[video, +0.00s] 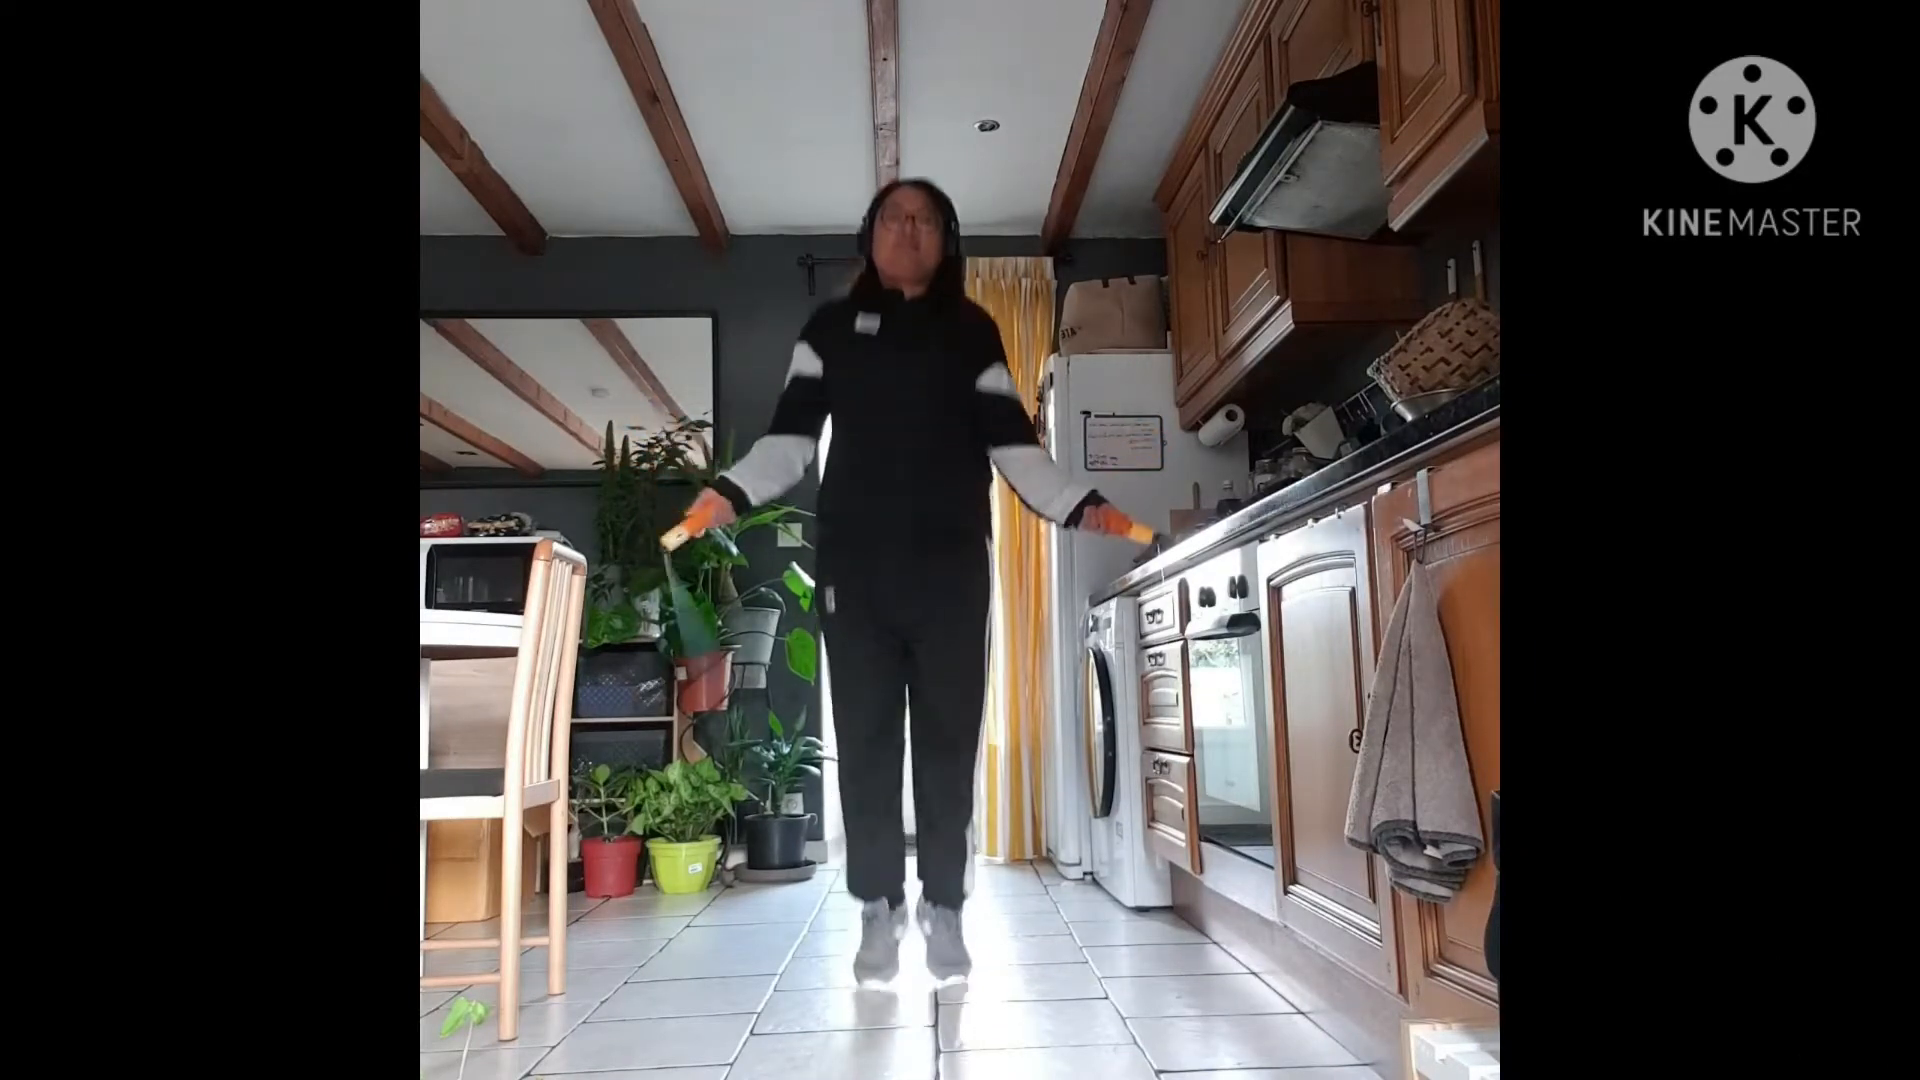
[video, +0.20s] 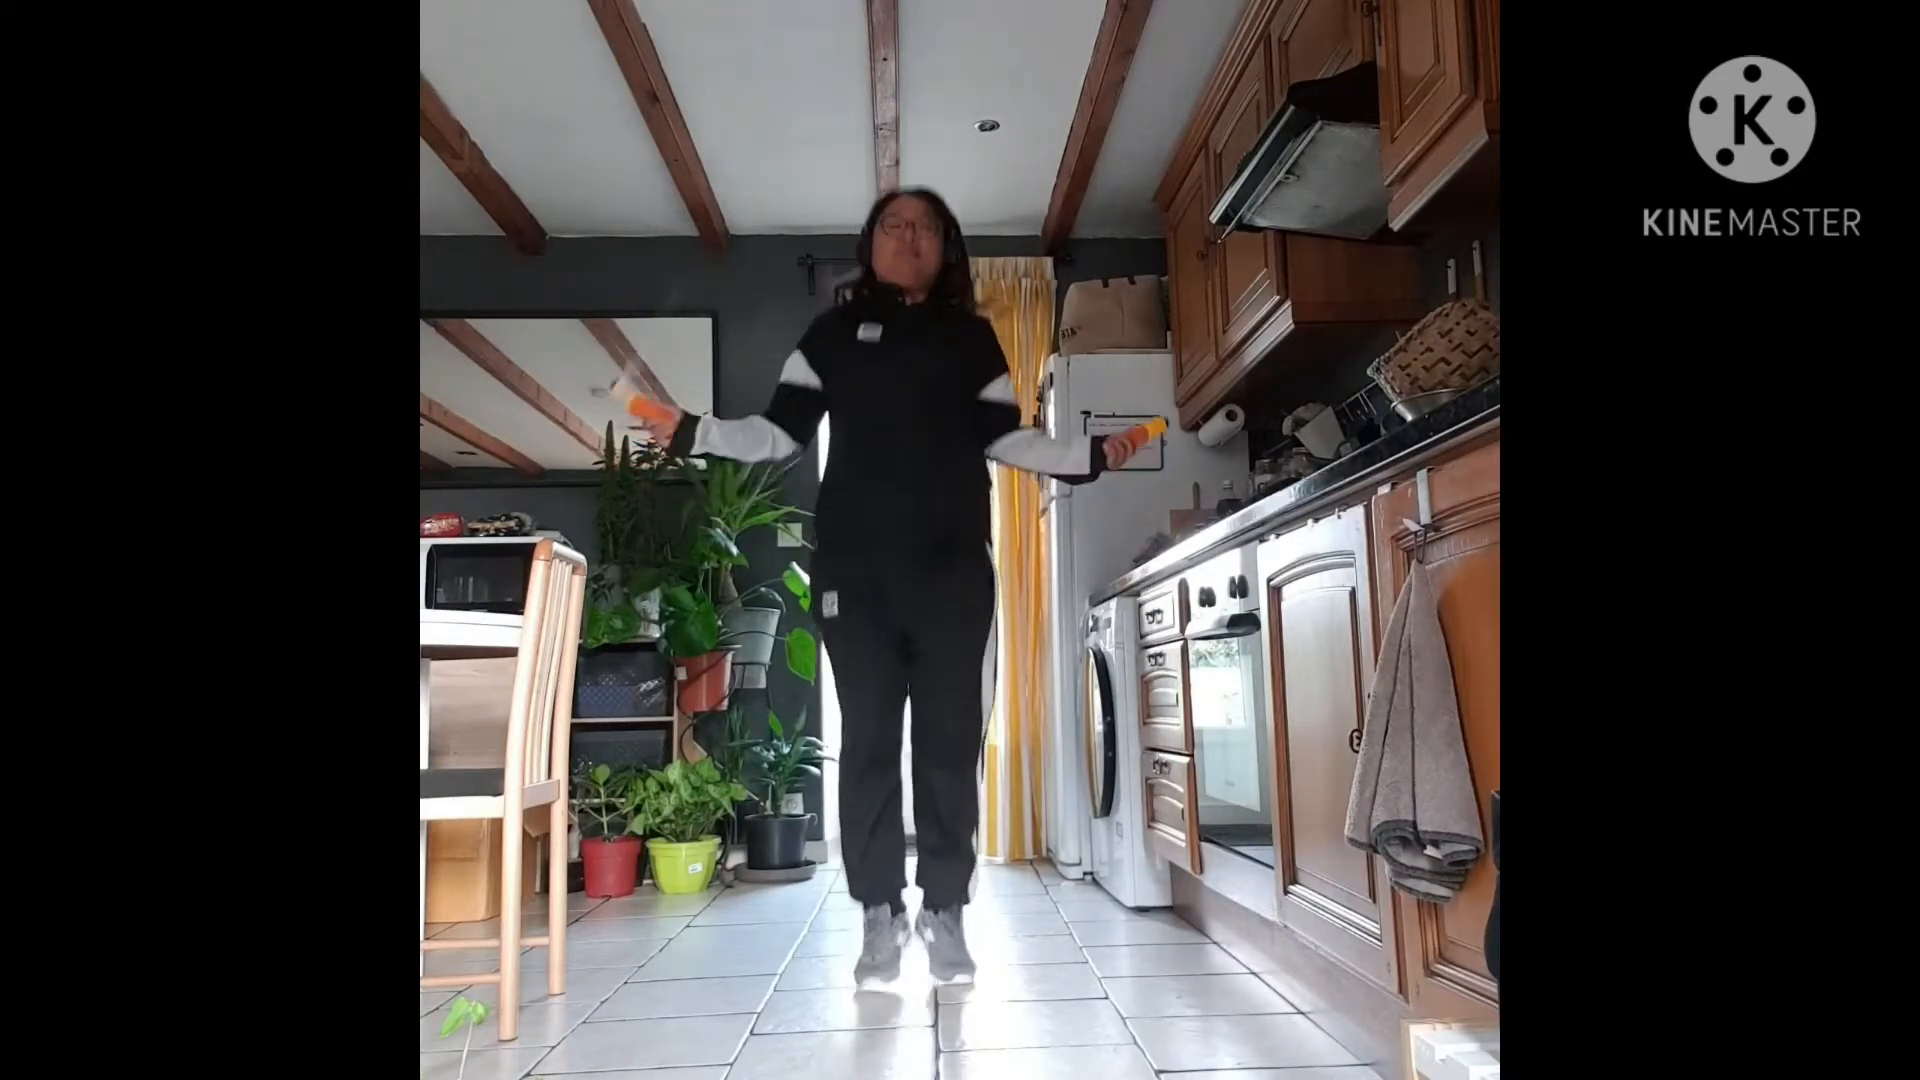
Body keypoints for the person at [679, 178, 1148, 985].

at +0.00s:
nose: (907, 229)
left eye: (923, 220)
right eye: (893, 217)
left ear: (946, 243)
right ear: (869, 238)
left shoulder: (971, 329)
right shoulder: (832, 327)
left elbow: (1015, 445)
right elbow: (790, 439)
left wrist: (1084, 506)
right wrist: (727, 494)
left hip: (950, 565)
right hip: (855, 563)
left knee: (947, 742)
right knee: (867, 743)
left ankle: (944, 909)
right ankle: (877, 906)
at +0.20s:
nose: (905, 235)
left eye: (922, 227)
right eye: (891, 225)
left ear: (947, 253)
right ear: (867, 246)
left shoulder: (971, 338)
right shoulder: (833, 332)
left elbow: (1006, 441)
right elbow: (781, 431)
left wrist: (1092, 454)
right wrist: (690, 431)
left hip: (953, 564)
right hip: (856, 563)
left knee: (950, 742)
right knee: (868, 741)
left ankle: (945, 913)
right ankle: (880, 915)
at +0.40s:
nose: (905, 243)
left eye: (922, 232)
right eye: (891, 231)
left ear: (943, 256)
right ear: (868, 252)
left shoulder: (969, 346)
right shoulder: (829, 342)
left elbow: (1007, 455)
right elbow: (787, 449)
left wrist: (1074, 505)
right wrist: (730, 500)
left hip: (949, 580)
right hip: (852, 578)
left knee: (948, 753)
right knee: (864, 754)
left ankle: (942, 916)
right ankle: (877, 918)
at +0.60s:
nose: (901, 221)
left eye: (916, 212)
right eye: (886, 211)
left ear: (941, 237)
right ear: (862, 233)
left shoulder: (964, 323)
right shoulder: (826, 318)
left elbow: (997, 429)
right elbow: (782, 426)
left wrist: (1085, 461)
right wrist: (693, 445)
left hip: (946, 549)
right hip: (849, 547)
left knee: (946, 724)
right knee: (863, 725)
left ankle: (939, 896)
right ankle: (875, 898)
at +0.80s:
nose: (899, 262)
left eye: (915, 252)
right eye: (885, 250)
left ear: (936, 274)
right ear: (862, 269)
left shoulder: (963, 365)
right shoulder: (826, 360)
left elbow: (999, 467)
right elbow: (784, 461)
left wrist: (1069, 493)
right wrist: (721, 497)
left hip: (945, 591)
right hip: (849, 590)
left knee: (939, 758)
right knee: (859, 760)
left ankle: (932, 922)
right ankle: (875, 923)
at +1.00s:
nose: (899, 215)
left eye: (915, 204)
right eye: (885, 203)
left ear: (939, 223)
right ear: (859, 222)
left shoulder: (962, 310)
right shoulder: (827, 308)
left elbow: (999, 419)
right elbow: (782, 418)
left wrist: (1077, 464)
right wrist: (697, 450)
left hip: (945, 537)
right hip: (851, 536)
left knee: (941, 712)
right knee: (861, 714)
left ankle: (937, 883)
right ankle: (874, 883)